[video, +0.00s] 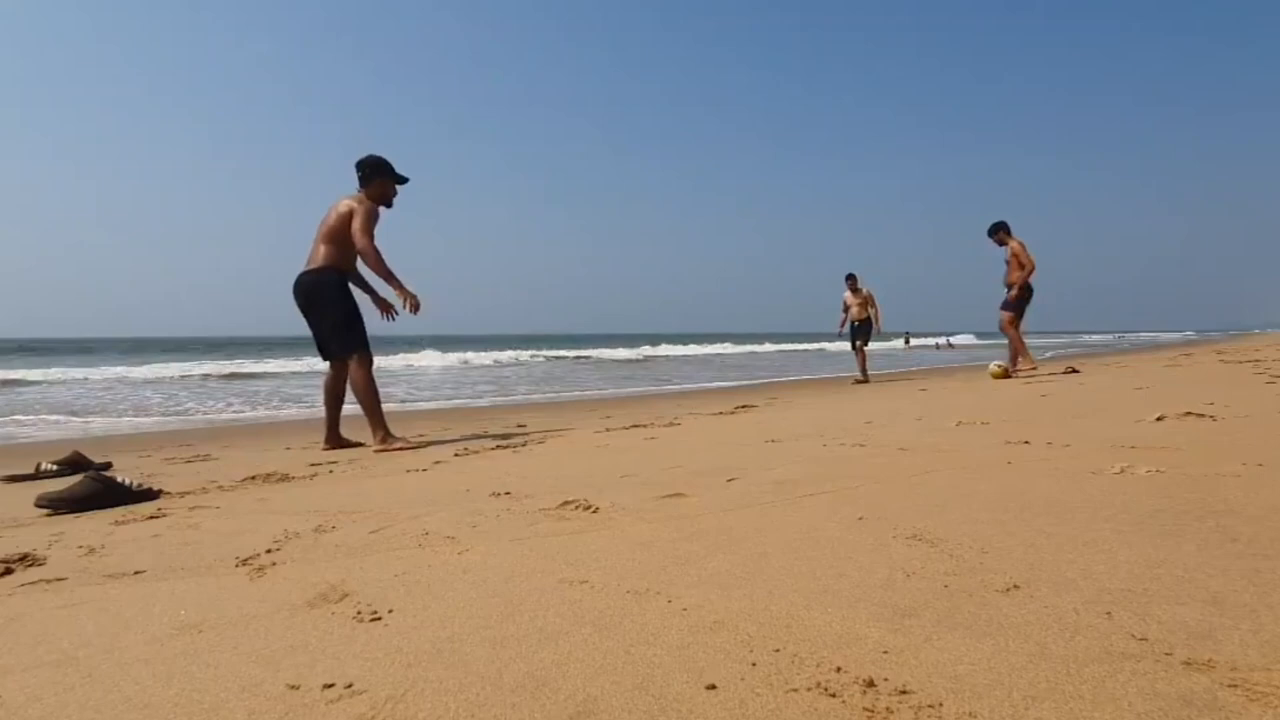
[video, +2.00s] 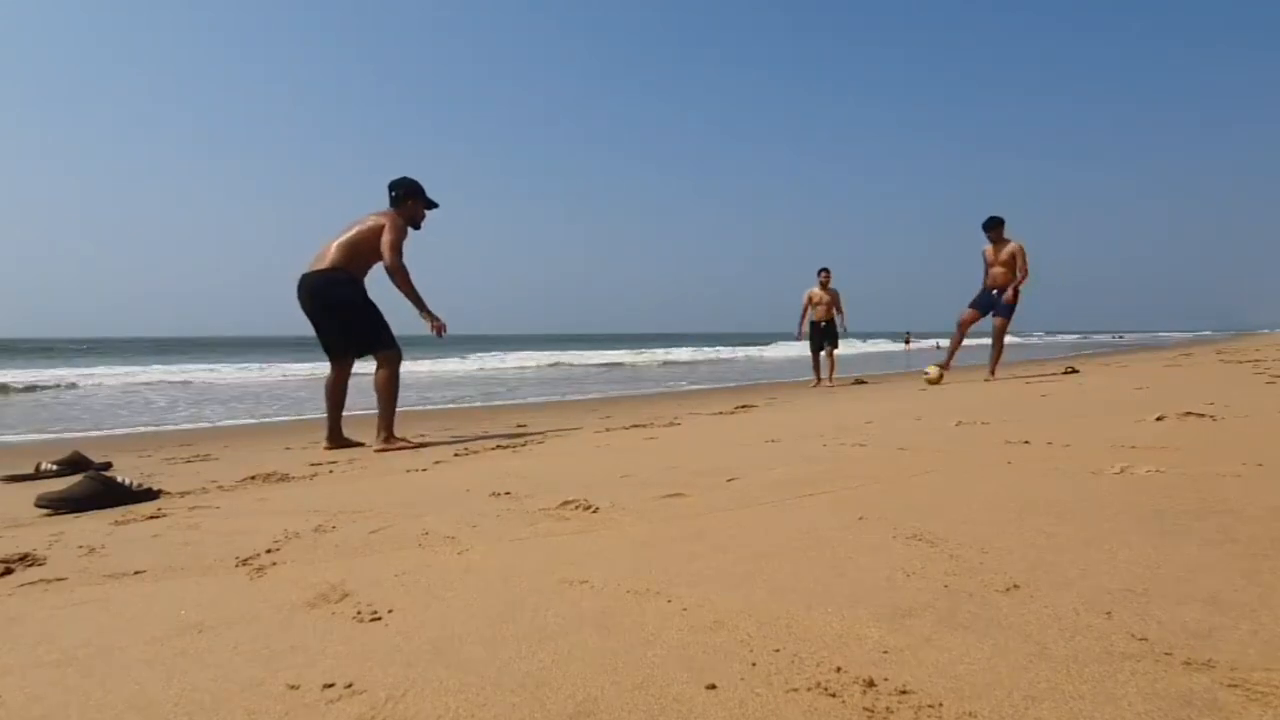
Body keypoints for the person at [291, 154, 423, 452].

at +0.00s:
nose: (395, 191)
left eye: (396, 185)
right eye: (391, 184)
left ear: (366, 184)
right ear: (375, 183)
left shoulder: (344, 207)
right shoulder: (363, 207)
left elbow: (345, 265)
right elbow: (364, 247)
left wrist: (374, 297)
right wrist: (400, 288)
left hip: (309, 284)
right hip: (328, 282)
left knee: (339, 361)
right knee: (360, 358)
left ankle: (332, 435)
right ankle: (382, 435)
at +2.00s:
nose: (424, 214)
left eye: (425, 208)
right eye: (422, 207)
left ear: (400, 203)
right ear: (407, 203)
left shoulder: (373, 221)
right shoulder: (393, 222)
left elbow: (348, 264)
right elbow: (393, 265)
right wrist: (426, 312)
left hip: (311, 284)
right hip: (339, 284)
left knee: (341, 362)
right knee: (389, 357)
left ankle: (334, 435)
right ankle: (385, 435)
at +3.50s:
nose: (406, 184)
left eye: (407, 178)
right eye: (403, 177)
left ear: (381, 174)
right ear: (386, 174)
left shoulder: (356, 197)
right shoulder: (371, 197)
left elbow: (352, 258)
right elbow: (357, 242)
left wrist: (384, 296)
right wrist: (382, 292)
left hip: (311, 276)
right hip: (329, 276)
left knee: (347, 358)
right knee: (366, 356)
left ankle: (327, 437)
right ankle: (350, 438)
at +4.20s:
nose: (412, 175)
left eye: (412, 169)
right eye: (408, 168)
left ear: (387, 167)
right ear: (392, 165)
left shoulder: (367, 193)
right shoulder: (380, 192)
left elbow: (368, 256)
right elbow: (375, 242)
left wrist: (393, 295)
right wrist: (405, 290)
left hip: (344, 276)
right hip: (350, 275)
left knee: (375, 357)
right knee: (378, 357)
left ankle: (358, 431)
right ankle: (351, 435)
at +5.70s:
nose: (437, 193)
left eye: (437, 188)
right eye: (433, 188)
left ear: (415, 189)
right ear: (417, 188)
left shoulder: (402, 214)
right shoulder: (409, 215)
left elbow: (399, 263)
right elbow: (405, 262)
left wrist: (421, 300)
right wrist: (426, 300)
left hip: (389, 287)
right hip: (393, 289)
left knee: (405, 358)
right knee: (403, 359)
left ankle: (382, 422)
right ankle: (365, 421)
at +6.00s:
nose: (455, 225)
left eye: (455, 220)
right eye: (451, 220)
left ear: (432, 221)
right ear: (436, 220)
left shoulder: (418, 243)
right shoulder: (433, 242)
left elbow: (422, 298)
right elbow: (429, 285)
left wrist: (449, 326)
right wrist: (448, 325)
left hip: (390, 311)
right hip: (403, 313)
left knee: (426, 372)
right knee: (439, 375)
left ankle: (397, 425)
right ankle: (384, 414)